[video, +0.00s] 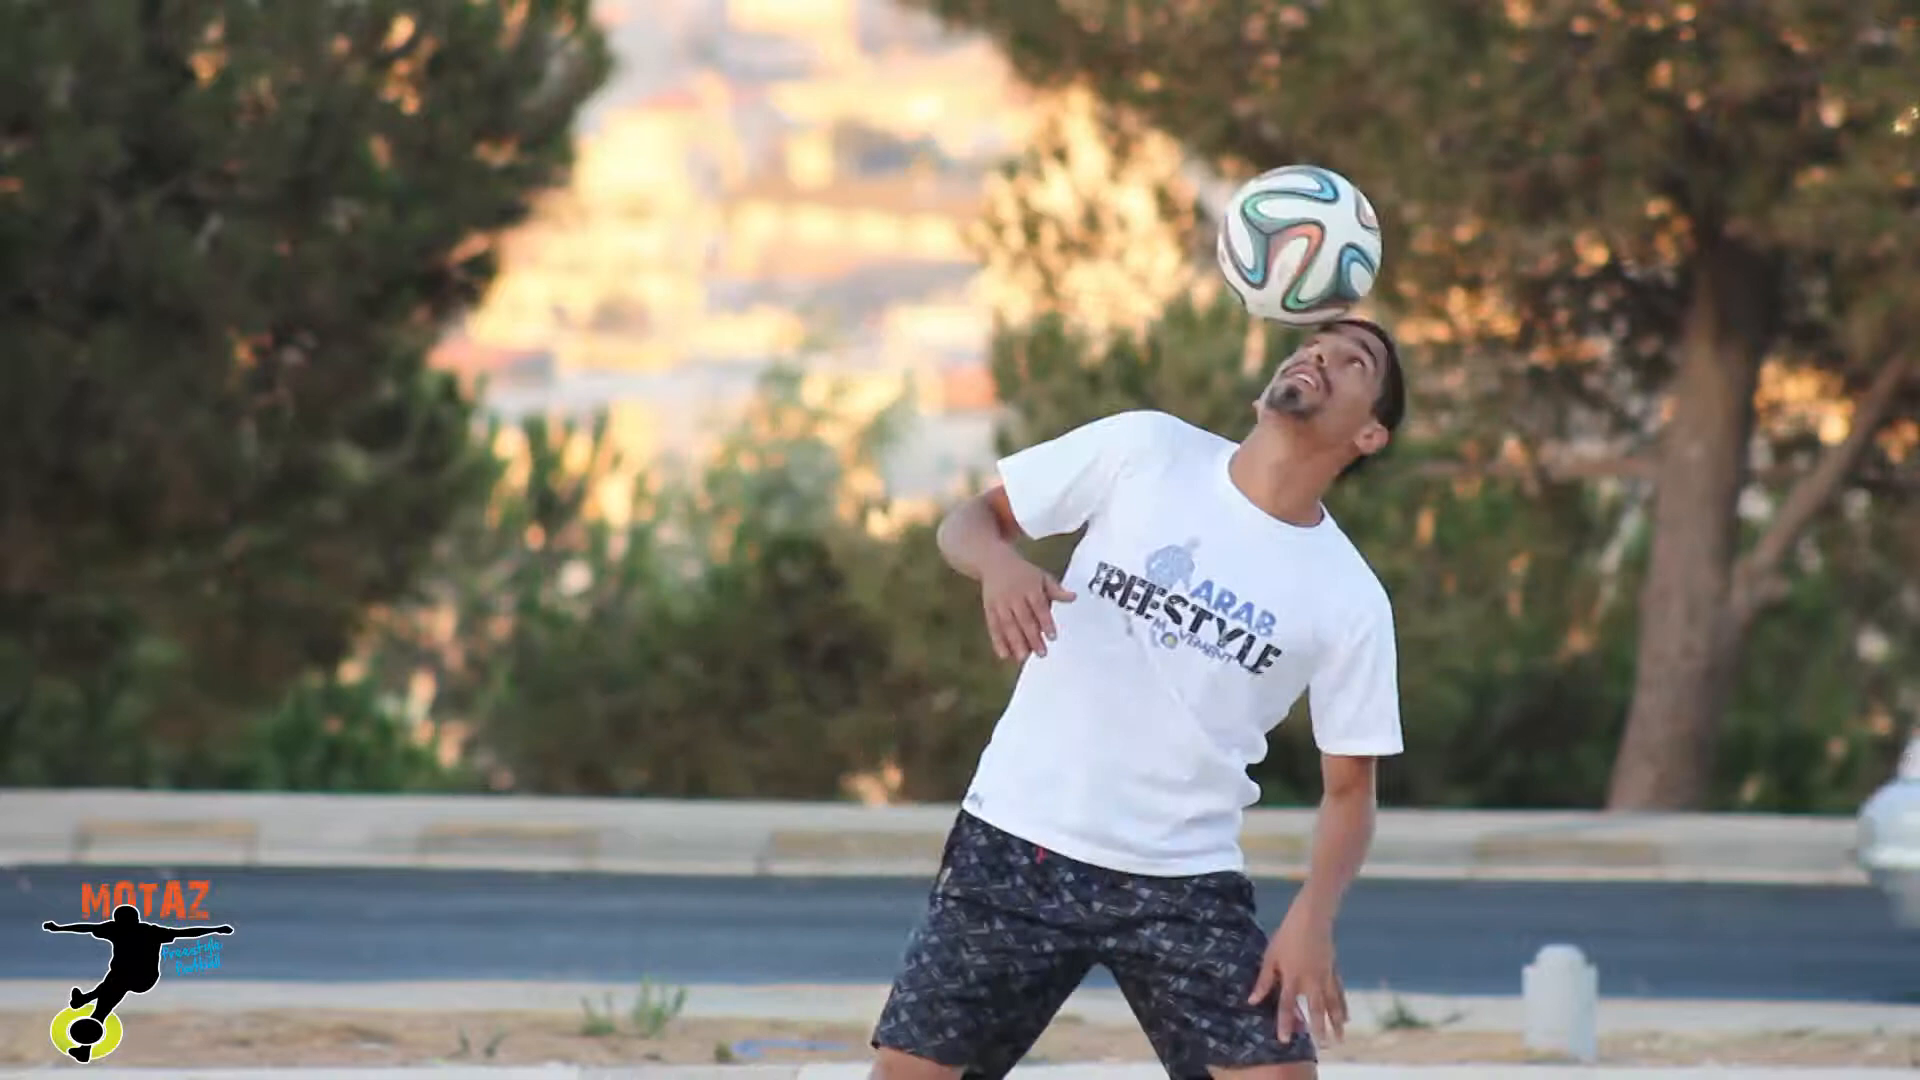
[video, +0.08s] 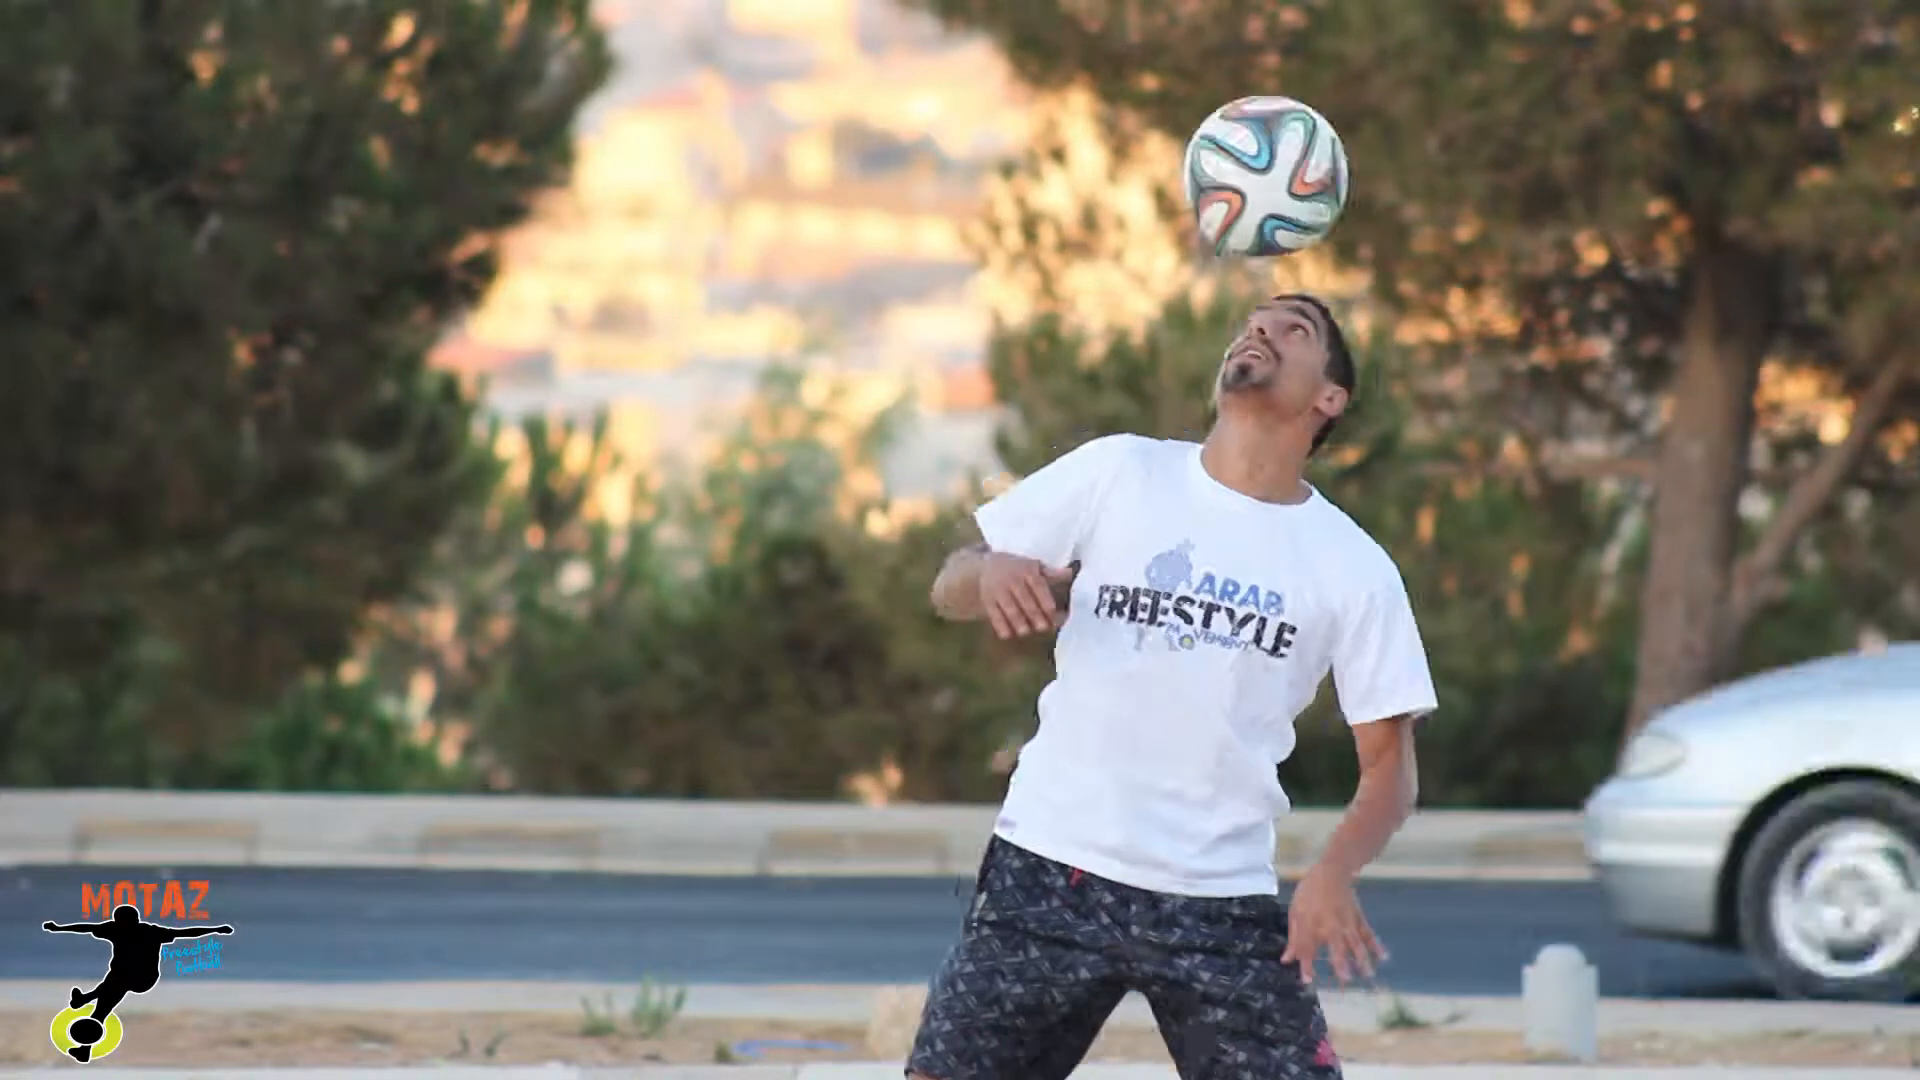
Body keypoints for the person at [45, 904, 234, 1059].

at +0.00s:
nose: (117, 926)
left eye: (117, 923)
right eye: (119, 923)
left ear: (117, 920)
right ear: (137, 918)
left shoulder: (113, 929)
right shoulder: (154, 931)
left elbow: (85, 928)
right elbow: (186, 933)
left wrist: (58, 928)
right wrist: (216, 929)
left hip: (121, 977)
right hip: (148, 981)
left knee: (102, 1010)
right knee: (111, 980)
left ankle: (85, 1049)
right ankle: (82, 1000)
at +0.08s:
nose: (117, 926)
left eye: (118, 922)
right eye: (118, 923)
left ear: (118, 920)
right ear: (137, 919)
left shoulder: (113, 929)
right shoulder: (154, 931)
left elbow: (86, 928)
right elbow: (186, 933)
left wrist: (59, 928)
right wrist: (216, 929)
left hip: (122, 977)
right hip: (147, 980)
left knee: (103, 1010)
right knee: (113, 978)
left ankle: (85, 1048)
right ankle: (83, 999)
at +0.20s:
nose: (117, 927)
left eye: (118, 923)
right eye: (118, 924)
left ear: (118, 920)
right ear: (137, 919)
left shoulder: (113, 929)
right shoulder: (154, 931)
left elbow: (86, 928)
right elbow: (186, 932)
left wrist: (59, 928)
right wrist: (215, 929)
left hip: (122, 977)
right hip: (147, 981)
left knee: (103, 1010)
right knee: (113, 978)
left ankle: (85, 1048)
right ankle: (83, 999)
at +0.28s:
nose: (117, 926)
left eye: (118, 922)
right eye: (118, 923)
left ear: (118, 920)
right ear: (137, 919)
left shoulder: (113, 929)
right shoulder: (154, 931)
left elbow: (86, 928)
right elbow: (186, 933)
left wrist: (59, 928)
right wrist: (216, 929)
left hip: (122, 977)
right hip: (147, 980)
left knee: (103, 1010)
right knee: (113, 978)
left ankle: (85, 1048)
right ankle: (83, 999)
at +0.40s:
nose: (117, 926)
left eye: (117, 923)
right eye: (119, 923)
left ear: (118, 920)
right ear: (137, 918)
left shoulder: (113, 929)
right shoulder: (154, 931)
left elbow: (86, 928)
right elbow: (186, 933)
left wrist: (59, 928)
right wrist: (216, 929)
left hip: (122, 977)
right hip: (147, 981)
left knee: (103, 1010)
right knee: (112, 978)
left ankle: (85, 1047)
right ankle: (83, 999)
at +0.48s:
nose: (117, 926)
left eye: (117, 923)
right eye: (118, 923)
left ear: (118, 920)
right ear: (137, 919)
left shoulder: (113, 929)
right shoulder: (153, 931)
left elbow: (86, 928)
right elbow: (187, 933)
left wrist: (59, 927)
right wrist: (215, 929)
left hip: (122, 977)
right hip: (147, 980)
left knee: (103, 1009)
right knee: (114, 978)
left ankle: (85, 1047)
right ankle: (83, 999)